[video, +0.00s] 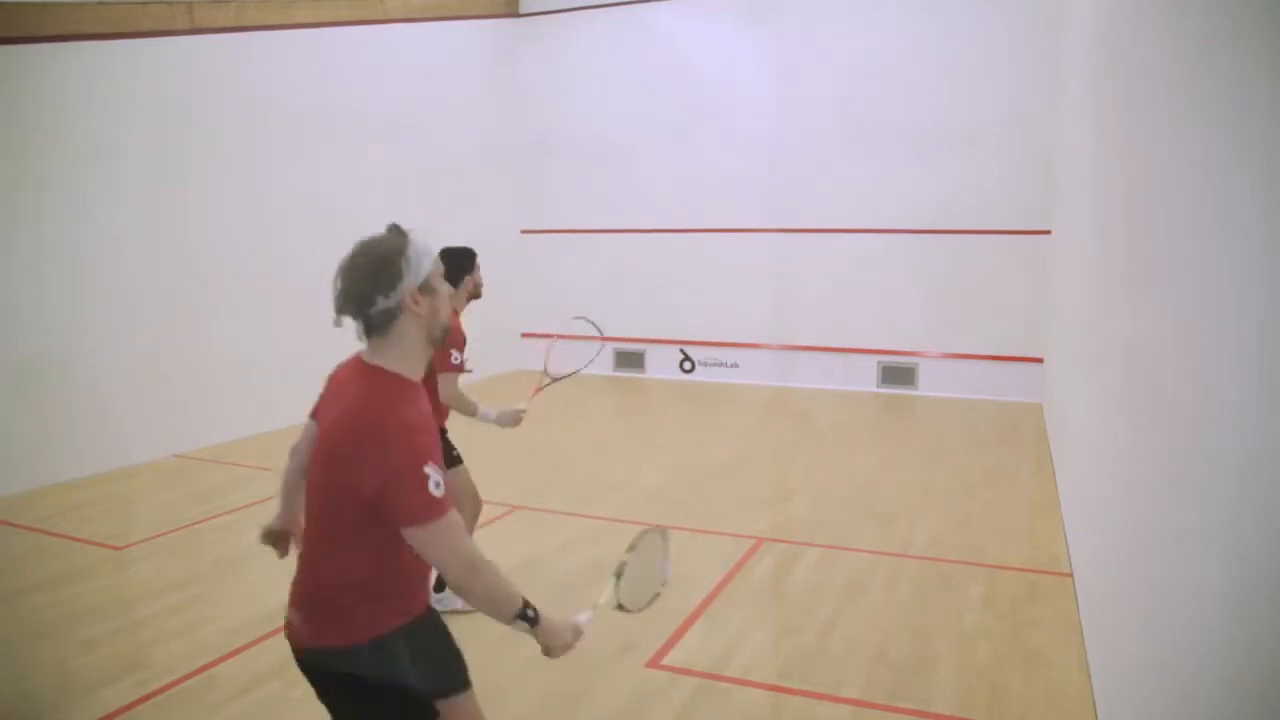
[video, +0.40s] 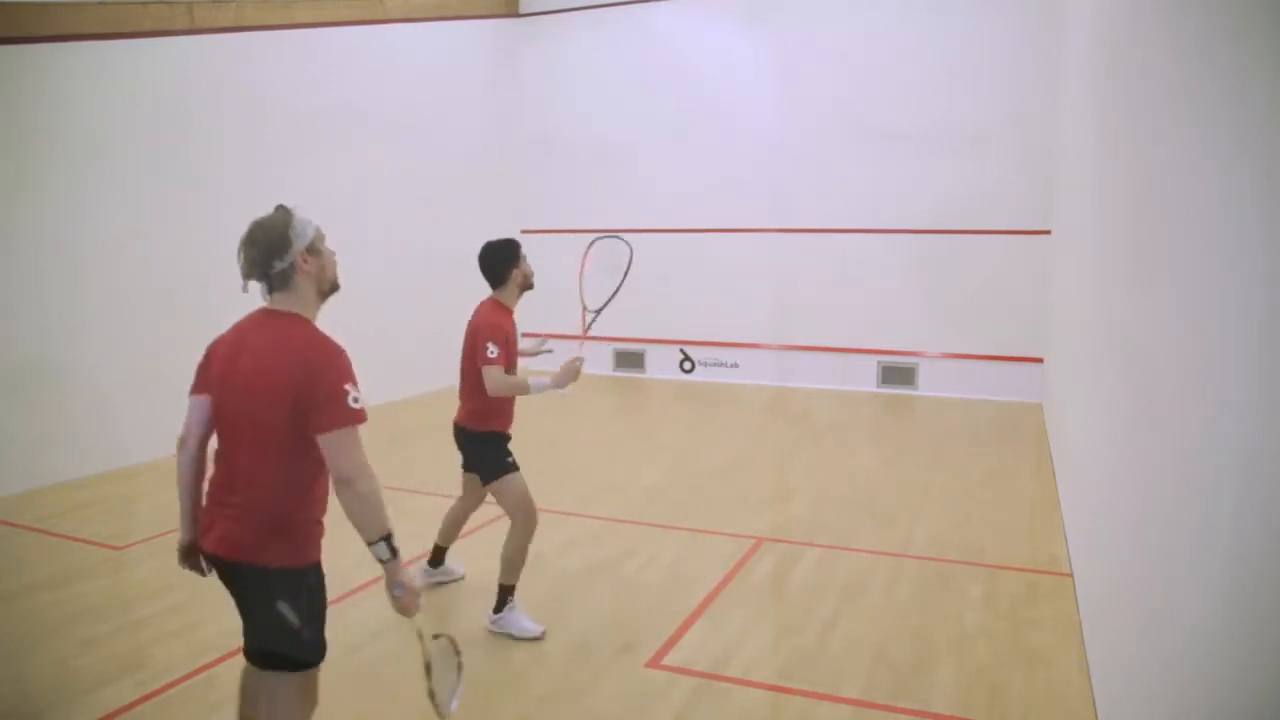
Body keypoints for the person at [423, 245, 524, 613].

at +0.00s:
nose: (481, 279)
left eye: (478, 272)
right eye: (477, 273)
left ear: (451, 280)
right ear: (465, 280)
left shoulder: (430, 319)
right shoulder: (450, 327)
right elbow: (447, 392)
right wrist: (493, 415)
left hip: (413, 427)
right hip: (430, 431)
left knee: (435, 505)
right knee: (469, 504)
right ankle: (445, 586)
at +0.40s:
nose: (531, 269)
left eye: (526, 262)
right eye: (525, 264)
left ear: (500, 275)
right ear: (514, 273)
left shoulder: (496, 313)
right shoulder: (492, 322)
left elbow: (488, 356)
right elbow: (495, 384)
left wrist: (524, 353)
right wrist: (552, 381)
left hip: (477, 428)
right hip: (484, 434)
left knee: (470, 498)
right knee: (525, 516)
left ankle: (434, 564)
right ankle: (503, 610)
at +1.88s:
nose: (571, 282)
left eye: (555, 276)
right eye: (579, 272)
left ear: (548, 281)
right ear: (588, 279)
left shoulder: (530, 335)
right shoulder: (612, 335)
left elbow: (509, 405)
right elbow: (635, 409)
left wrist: (506, 441)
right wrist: (612, 429)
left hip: (544, 464)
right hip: (598, 465)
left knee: (506, 538)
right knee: (597, 574)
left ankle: (485, 622)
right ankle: (598, 689)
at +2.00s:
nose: (535, 275)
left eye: (521, 268)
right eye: (545, 269)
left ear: (512, 272)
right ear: (552, 273)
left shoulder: (494, 324)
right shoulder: (573, 324)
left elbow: (472, 391)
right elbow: (588, 396)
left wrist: (478, 419)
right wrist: (560, 414)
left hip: (500, 453)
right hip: (551, 454)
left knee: (475, 537)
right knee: (567, 545)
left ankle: (468, 629)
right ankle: (581, 640)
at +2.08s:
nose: (514, 267)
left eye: (498, 261)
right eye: (523, 260)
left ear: (493, 266)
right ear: (531, 266)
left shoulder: (472, 316)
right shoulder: (550, 318)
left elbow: (450, 383)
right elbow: (563, 388)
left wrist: (466, 400)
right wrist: (541, 410)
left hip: (481, 446)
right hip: (530, 446)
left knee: (470, 535)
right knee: (551, 531)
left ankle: (469, 629)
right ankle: (550, 614)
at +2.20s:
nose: (473, 262)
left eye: (472, 256)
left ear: (473, 260)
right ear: (509, 261)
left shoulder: (451, 305)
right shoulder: (521, 310)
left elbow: (429, 366)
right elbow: (531, 379)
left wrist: (457, 382)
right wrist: (534, 391)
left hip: (460, 431)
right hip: (506, 429)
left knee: (461, 519)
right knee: (522, 508)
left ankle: (466, 619)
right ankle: (507, 586)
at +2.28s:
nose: (462, 265)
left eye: (461, 259)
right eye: (472, 259)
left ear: (463, 262)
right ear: (498, 263)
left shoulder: (442, 305)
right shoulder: (508, 311)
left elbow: (419, 360)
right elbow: (517, 374)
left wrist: (445, 375)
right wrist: (526, 392)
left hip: (447, 428)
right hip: (491, 428)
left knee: (449, 508)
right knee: (496, 502)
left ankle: (459, 591)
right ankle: (493, 572)